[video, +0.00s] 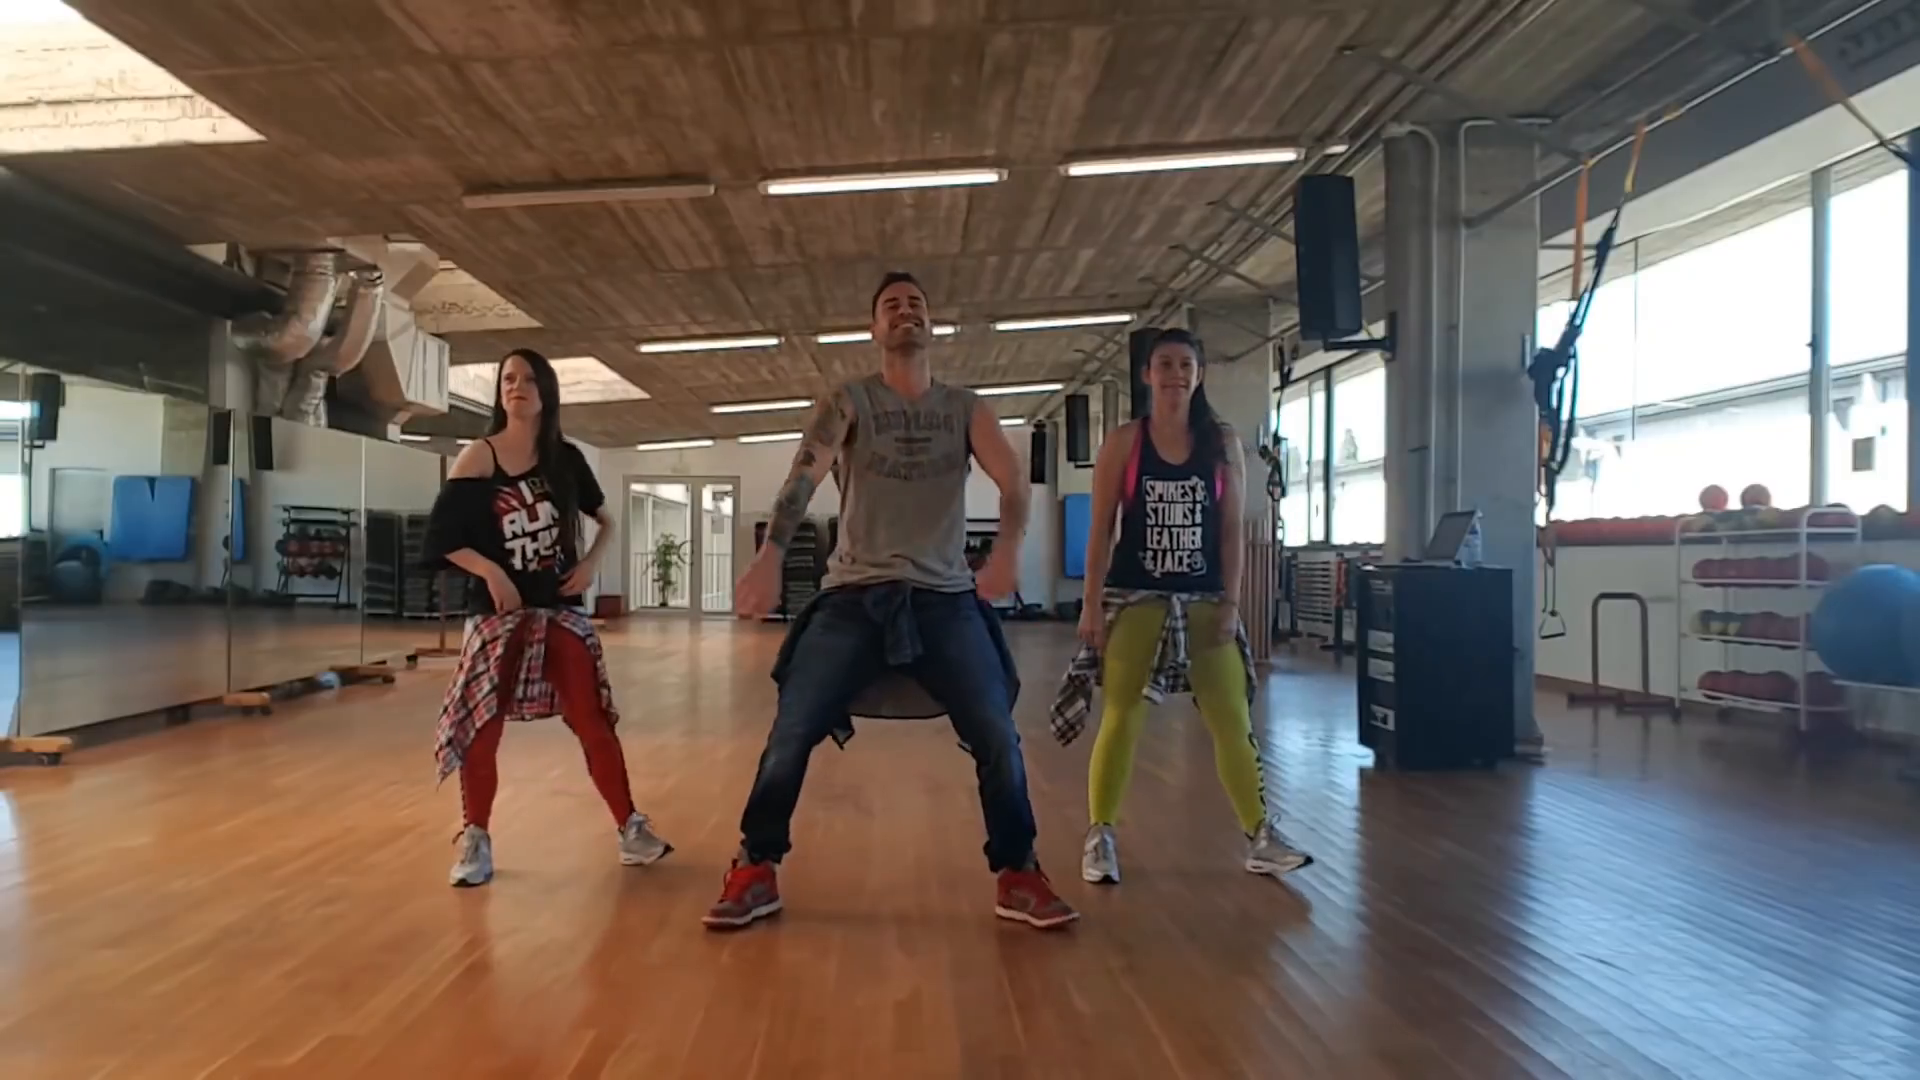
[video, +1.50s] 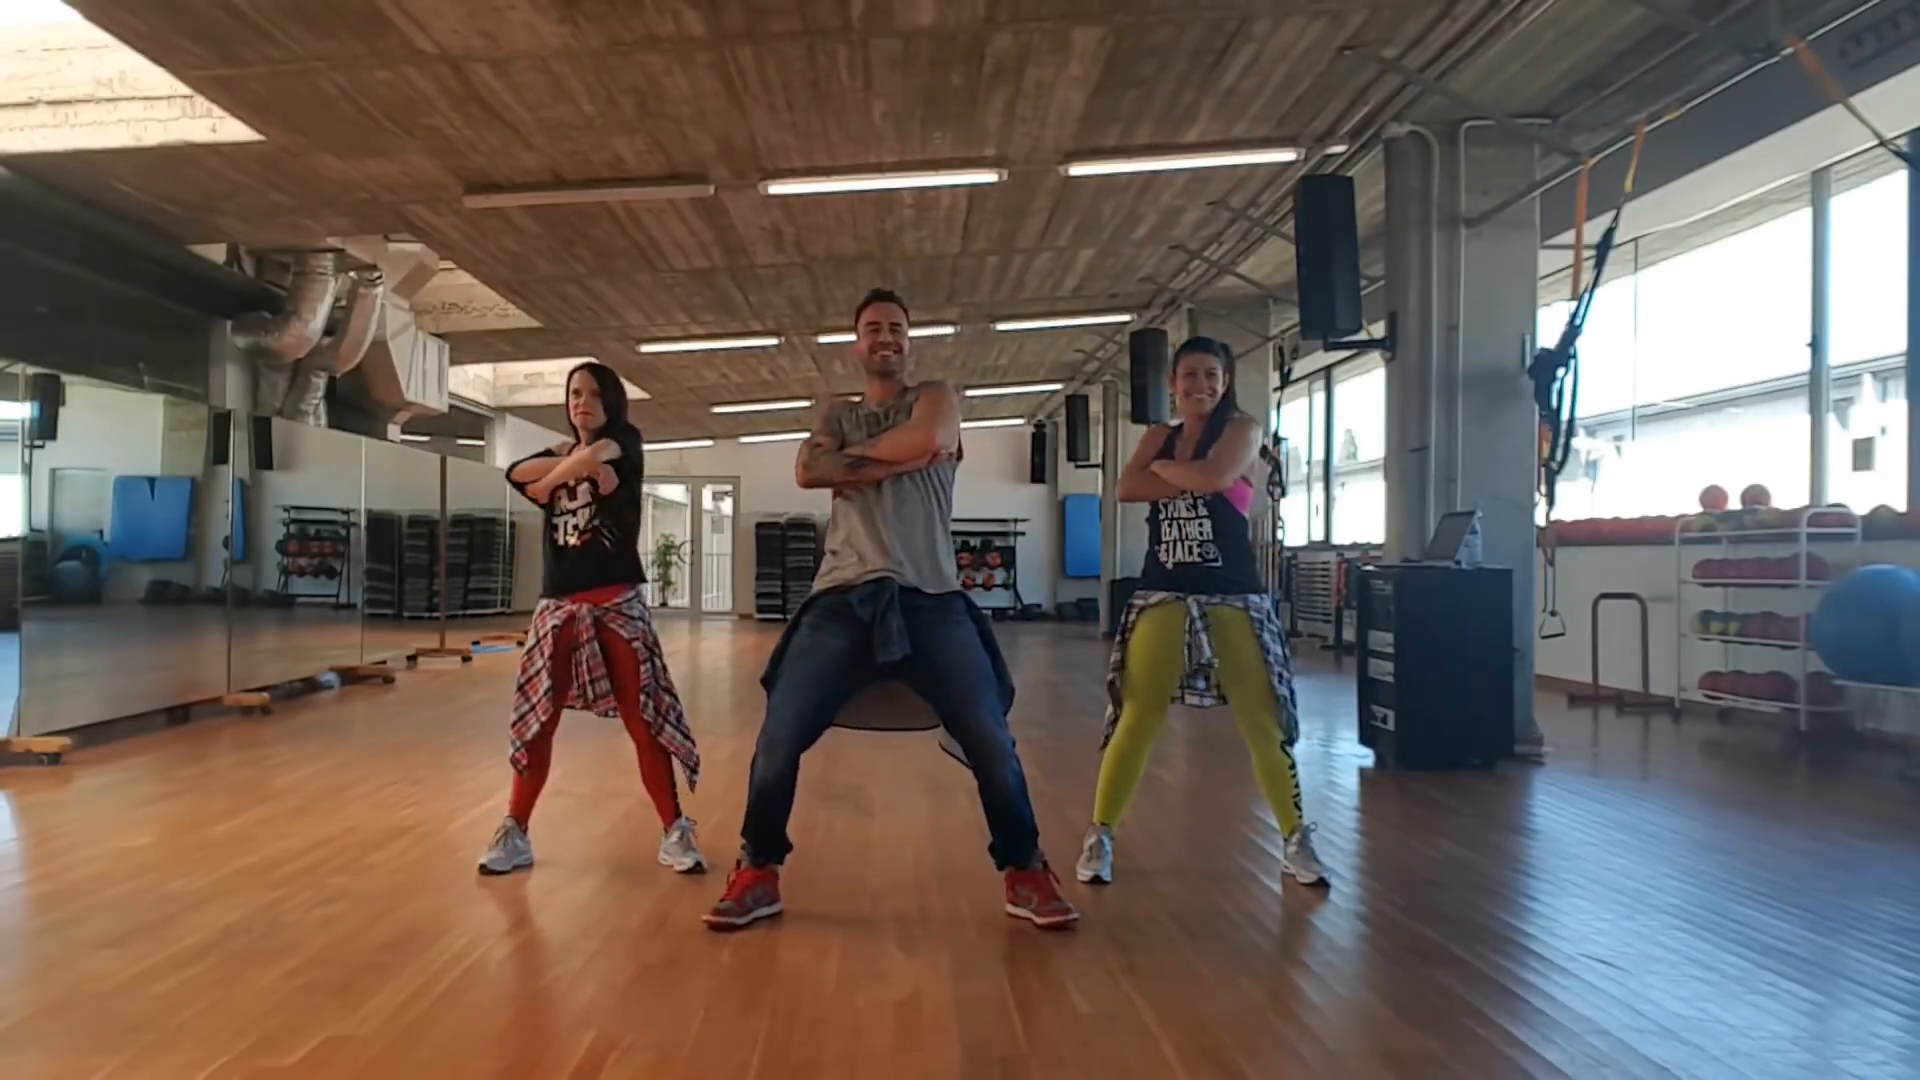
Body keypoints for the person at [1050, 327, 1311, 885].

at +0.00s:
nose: (1175, 373)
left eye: (1184, 365)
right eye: (1164, 364)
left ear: (1199, 374)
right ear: (1146, 374)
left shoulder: (1222, 441)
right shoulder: (1122, 442)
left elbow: (1232, 527)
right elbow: (1102, 525)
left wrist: (1231, 600)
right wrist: (1091, 601)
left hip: (1205, 598)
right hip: (1136, 598)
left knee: (1232, 719)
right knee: (1120, 717)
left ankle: (1259, 836)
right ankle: (1101, 834)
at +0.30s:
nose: (1192, 376)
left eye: (1201, 367)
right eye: (1181, 368)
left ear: (1216, 377)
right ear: (1165, 378)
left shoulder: (1241, 443)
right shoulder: (1139, 447)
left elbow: (1261, 525)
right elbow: (1118, 530)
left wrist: (1271, 597)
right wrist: (1105, 602)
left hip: (1230, 595)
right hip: (1157, 595)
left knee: (1256, 719)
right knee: (1134, 716)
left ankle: (1283, 838)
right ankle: (1100, 834)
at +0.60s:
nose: (1212, 382)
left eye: (1221, 372)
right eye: (1201, 373)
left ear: (1234, 381)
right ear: (1182, 382)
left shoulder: (1255, 437)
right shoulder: (1162, 438)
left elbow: (1272, 491)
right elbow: (1150, 507)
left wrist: (1196, 498)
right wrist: (1225, 549)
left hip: (1243, 595)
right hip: (1176, 596)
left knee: (1268, 717)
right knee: (1145, 716)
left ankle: (1295, 838)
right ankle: (1101, 836)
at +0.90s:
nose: (1213, 381)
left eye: (1222, 373)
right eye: (1203, 373)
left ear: (1236, 381)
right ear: (1184, 382)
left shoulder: (1253, 433)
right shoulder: (1168, 430)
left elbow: (1278, 472)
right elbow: (1176, 477)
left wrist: (1205, 461)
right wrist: (1242, 471)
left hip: (1246, 596)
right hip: (1178, 596)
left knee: (1268, 721)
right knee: (1145, 717)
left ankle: (1297, 841)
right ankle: (1100, 837)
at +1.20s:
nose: (1208, 383)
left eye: (1218, 374)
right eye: (1197, 374)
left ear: (1232, 382)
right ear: (1180, 382)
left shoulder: (1250, 435)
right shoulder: (1164, 428)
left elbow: (1274, 481)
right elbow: (1174, 476)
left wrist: (1206, 458)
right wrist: (1239, 474)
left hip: (1242, 596)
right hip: (1175, 595)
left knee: (1266, 720)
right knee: (1144, 717)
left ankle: (1296, 841)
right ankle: (1100, 838)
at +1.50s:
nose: (1199, 384)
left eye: (1210, 376)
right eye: (1189, 375)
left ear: (1225, 383)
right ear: (1174, 383)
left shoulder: (1242, 428)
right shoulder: (1160, 436)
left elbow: (1212, 477)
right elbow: (1126, 488)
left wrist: (1157, 466)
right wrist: (1194, 478)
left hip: (1233, 591)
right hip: (1162, 590)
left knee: (1262, 720)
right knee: (1140, 714)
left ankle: (1296, 841)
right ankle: (1100, 837)